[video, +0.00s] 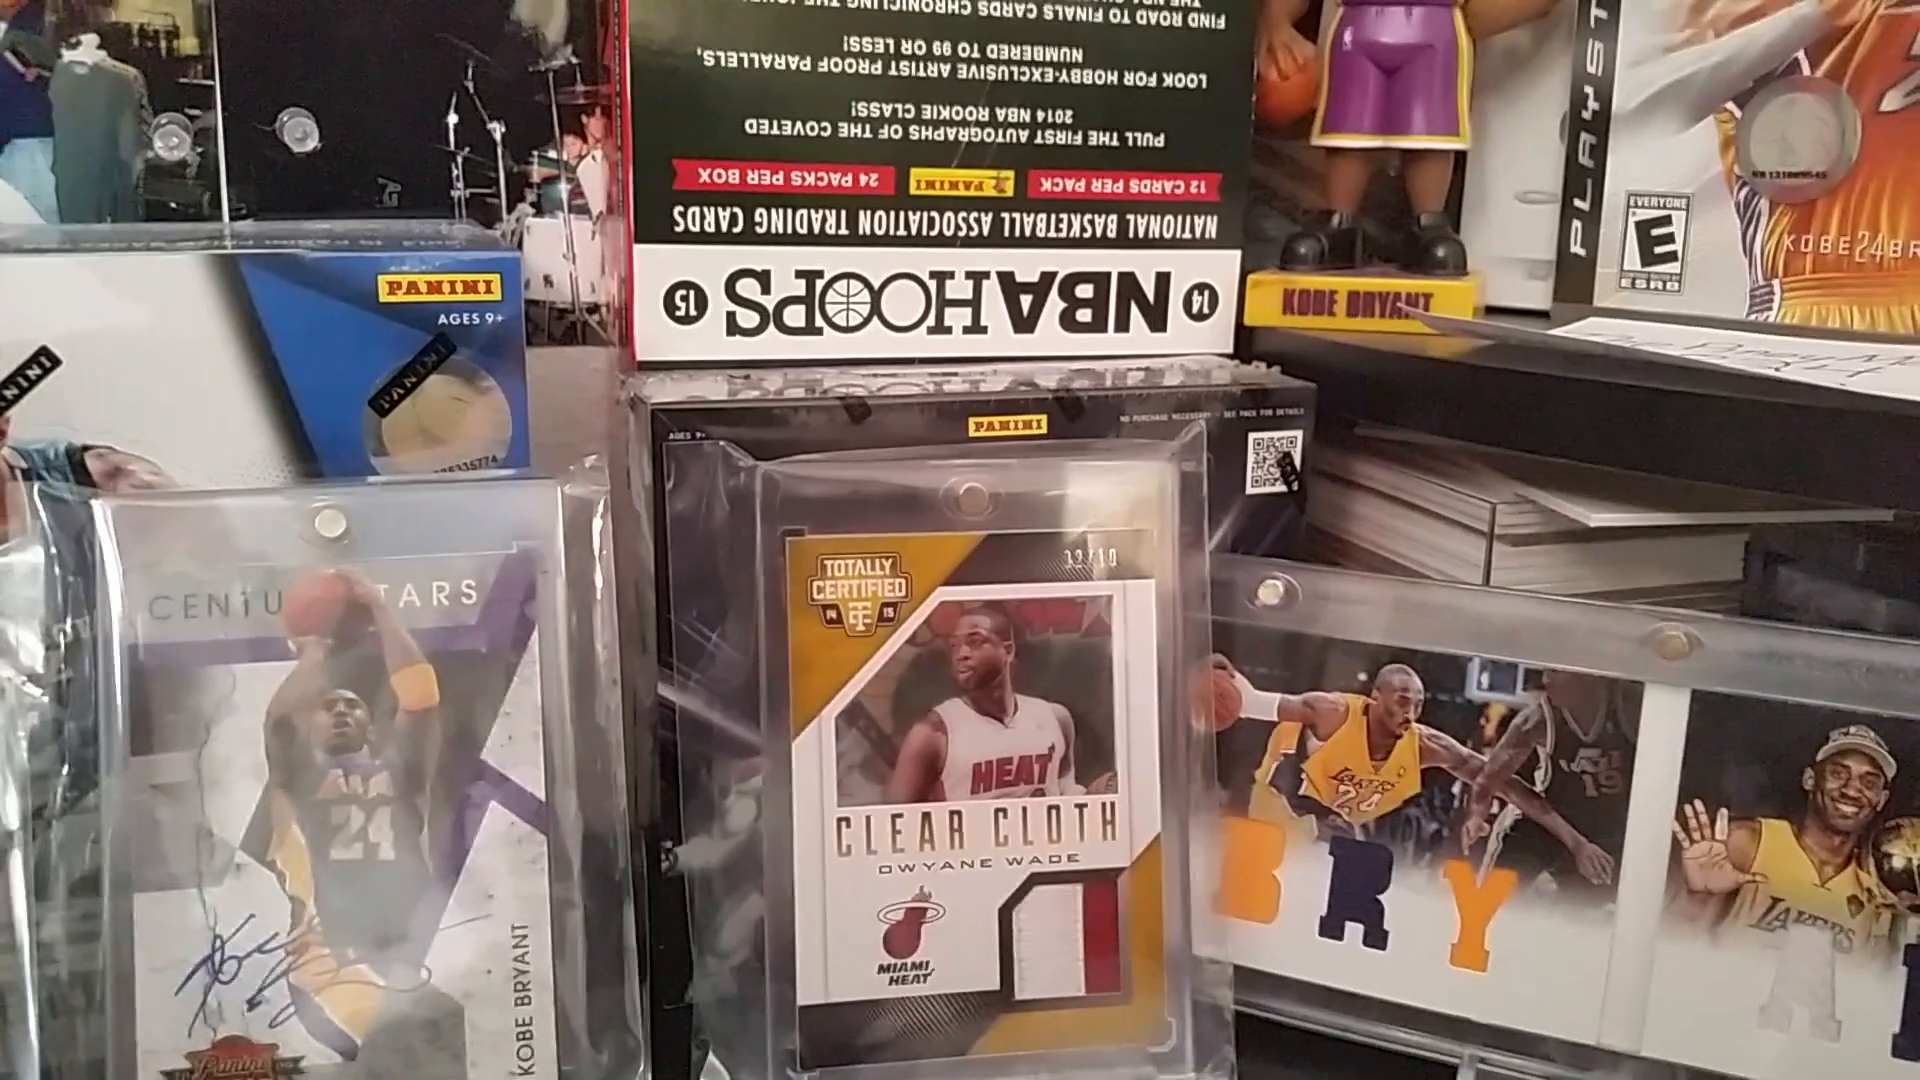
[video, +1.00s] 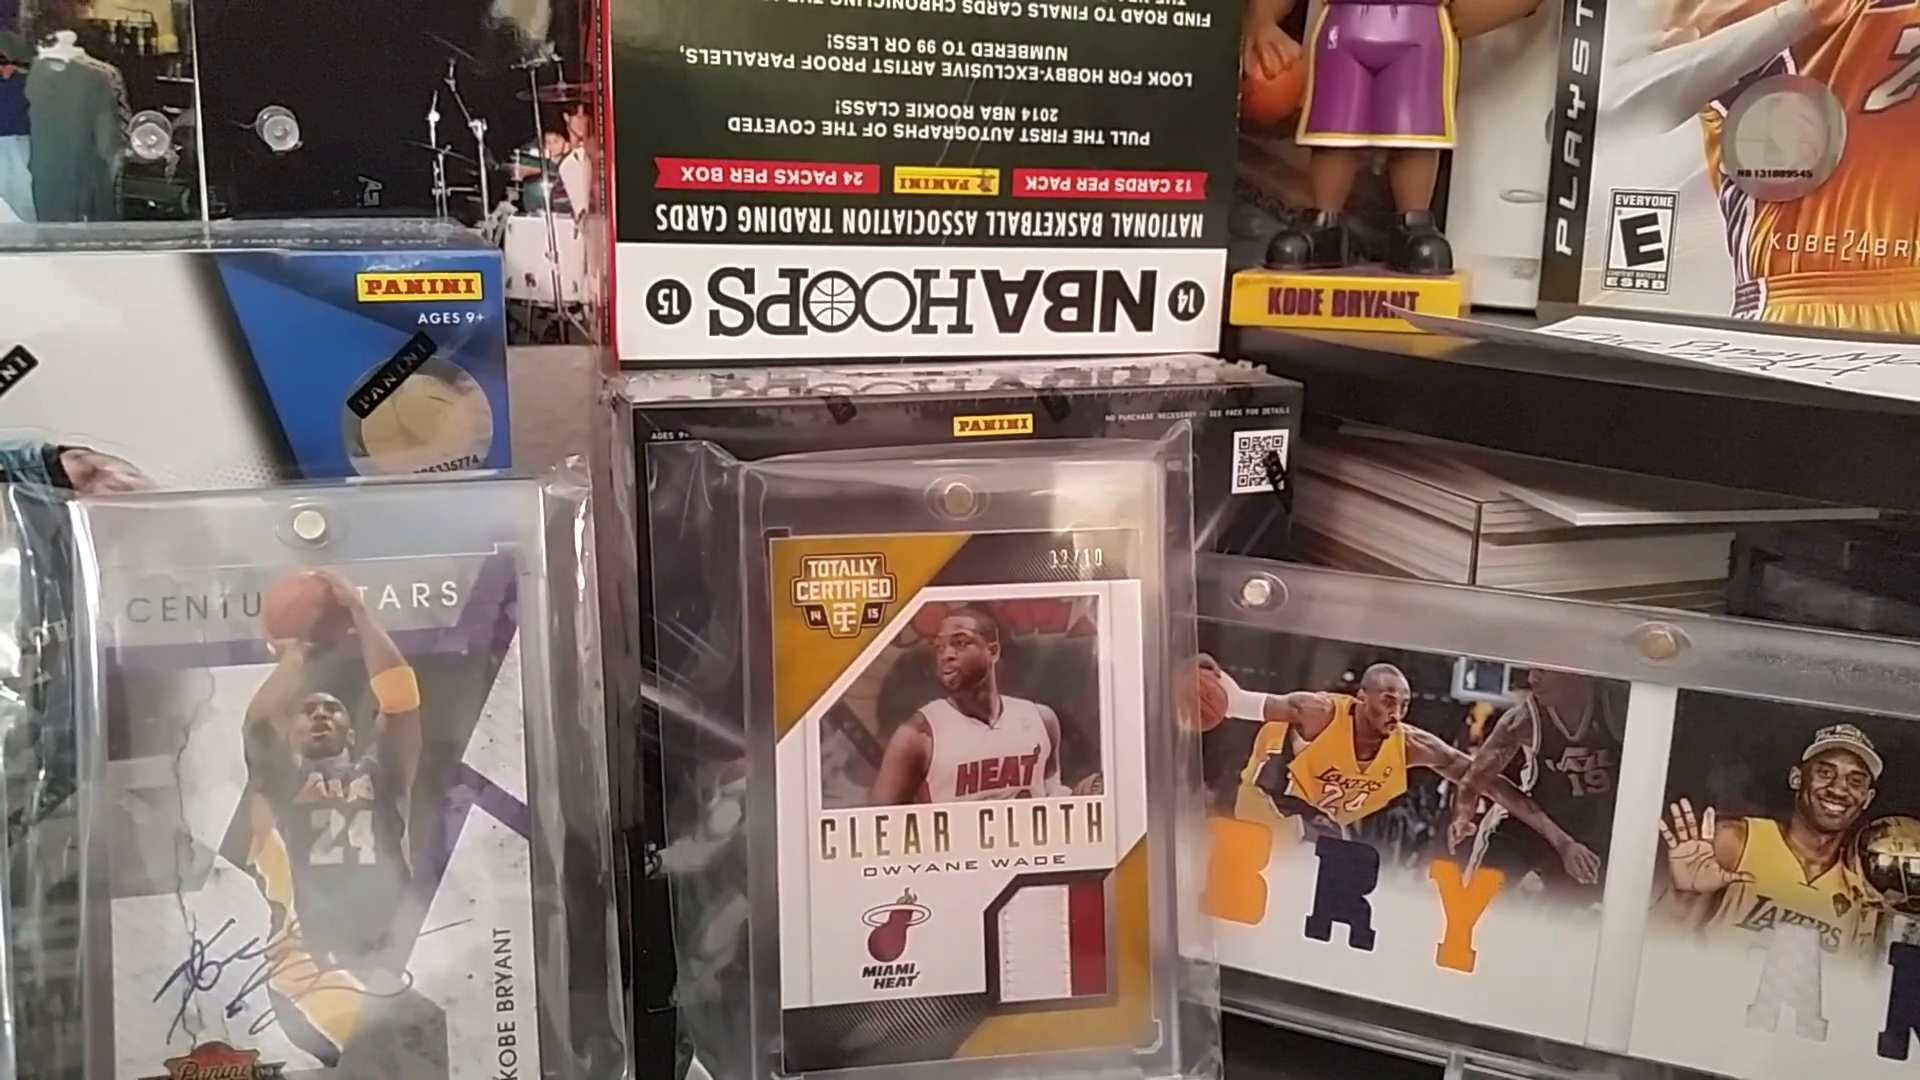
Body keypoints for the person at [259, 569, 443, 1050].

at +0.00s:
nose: (341, 713)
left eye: (352, 705)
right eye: (328, 707)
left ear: (370, 724)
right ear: (309, 727)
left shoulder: (399, 773)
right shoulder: (299, 779)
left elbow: (419, 696)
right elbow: (284, 716)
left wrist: (380, 605)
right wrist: (316, 643)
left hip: (400, 957)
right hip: (325, 960)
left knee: (445, 1029)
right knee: (409, 1035)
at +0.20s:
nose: (321, 716)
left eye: (332, 708)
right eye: (309, 711)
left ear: (352, 726)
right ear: (291, 731)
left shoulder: (382, 774)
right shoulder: (281, 780)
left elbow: (401, 697)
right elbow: (262, 718)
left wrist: (361, 607)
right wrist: (298, 647)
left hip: (388, 957)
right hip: (314, 963)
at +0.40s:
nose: (320, 716)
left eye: (332, 709)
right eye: (307, 711)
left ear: (351, 729)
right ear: (290, 733)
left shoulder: (383, 775)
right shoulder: (278, 781)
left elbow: (399, 699)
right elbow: (260, 719)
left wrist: (360, 609)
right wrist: (298, 645)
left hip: (380, 961)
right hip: (305, 963)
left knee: (425, 1034)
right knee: (390, 1036)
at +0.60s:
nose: (319, 716)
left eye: (331, 709)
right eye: (307, 711)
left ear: (350, 728)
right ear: (290, 734)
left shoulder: (383, 776)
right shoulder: (278, 783)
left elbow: (398, 698)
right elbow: (260, 719)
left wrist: (359, 610)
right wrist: (298, 645)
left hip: (378, 962)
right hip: (304, 964)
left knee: (427, 1033)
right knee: (390, 1039)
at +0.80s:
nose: (319, 716)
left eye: (331, 709)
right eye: (307, 711)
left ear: (350, 730)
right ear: (290, 733)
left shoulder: (383, 776)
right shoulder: (277, 783)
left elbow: (398, 699)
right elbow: (261, 718)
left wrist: (358, 608)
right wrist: (297, 647)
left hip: (379, 960)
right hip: (304, 963)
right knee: (392, 1037)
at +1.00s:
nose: (321, 716)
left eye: (332, 709)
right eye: (308, 711)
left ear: (351, 729)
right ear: (291, 733)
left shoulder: (382, 775)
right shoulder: (278, 781)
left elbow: (399, 698)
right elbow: (262, 719)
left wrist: (359, 608)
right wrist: (298, 647)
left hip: (378, 961)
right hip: (304, 963)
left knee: (427, 1032)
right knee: (396, 1035)